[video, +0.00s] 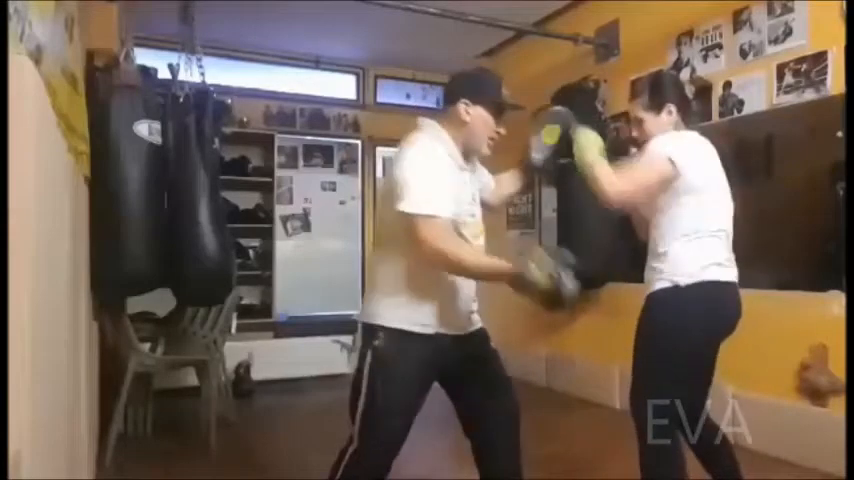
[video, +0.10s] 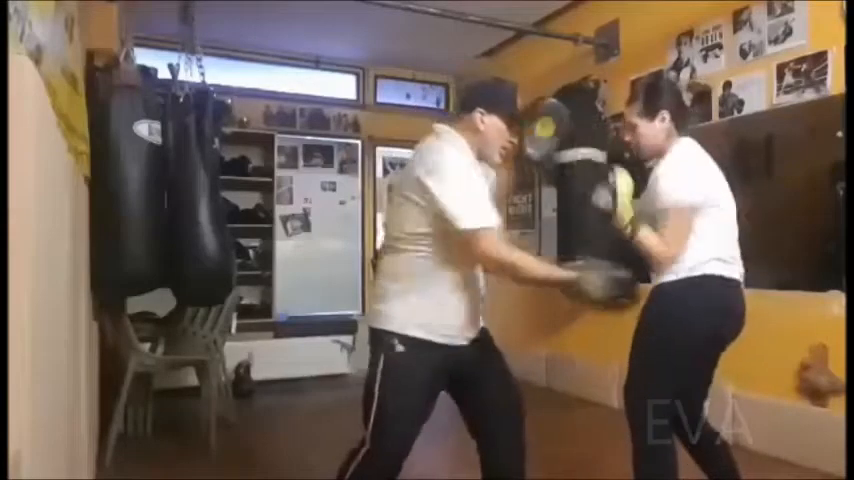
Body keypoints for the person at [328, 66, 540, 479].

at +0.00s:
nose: (500, 128)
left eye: (502, 118)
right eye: (494, 114)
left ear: (466, 112)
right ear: (464, 109)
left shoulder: (463, 158)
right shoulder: (422, 152)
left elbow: (494, 190)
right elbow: (433, 242)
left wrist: (532, 168)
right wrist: (513, 272)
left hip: (460, 331)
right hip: (402, 333)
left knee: (500, 432)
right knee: (370, 454)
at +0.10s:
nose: (513, 139)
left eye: (515, 129)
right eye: (508, 125)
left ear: (478, 120)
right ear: (480, 118)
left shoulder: (464, 161)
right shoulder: (445, 155)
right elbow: (491, 253)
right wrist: (570, 278)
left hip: (462, 333)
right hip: (409, 335)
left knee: (503, 422)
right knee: (382, 453)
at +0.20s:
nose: (516, 142)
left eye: (518, 132)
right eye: (512, 128)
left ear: (481, 123)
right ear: (485, 121)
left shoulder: (460, 162)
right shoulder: (451, 160)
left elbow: (510, 236)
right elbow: (513, 240)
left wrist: (565, 267)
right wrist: (600, 264)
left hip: (463, 331)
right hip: (412, 333)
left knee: (504, 423)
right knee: (383, 454)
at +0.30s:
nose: (511, 139)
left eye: (514, 128)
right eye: (508, 124)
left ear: (478, 118)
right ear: (479, 116)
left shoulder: (459, 158)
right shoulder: (443, 154)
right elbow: (481, 245)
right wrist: (562, 279)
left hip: (463, 327)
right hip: (412, 327)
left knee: (505, 427)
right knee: (381, 450)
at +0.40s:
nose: (500, 125)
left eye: (501, 115)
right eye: (495, 112)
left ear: (466, 110)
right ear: (465, 108)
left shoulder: (469, 152)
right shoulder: (427, 151)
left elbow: (524, 123)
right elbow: (455, 244)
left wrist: (573, 93)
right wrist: (537, 277)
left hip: (465, 325)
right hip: (408, 326)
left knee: (503, 429)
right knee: (375, 447)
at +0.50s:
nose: (483, 115)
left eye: (485, 106)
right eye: (479, 104)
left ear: (449, 101)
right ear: (448, 99)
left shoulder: (461, 145)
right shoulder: (406, 151)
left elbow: (505, 121)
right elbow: (426, 237)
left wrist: (562, 95)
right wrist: (509, 257)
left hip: (463, 325)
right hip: (401, 329)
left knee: (498, 436)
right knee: (367, 450)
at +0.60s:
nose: (471, 107)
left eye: (471, 96)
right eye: (463, 95)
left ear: (437, 95)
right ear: (430, 93)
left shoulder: (455, 141)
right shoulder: (388, 149)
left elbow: (498, 155)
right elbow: (402, 237)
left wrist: (542, 127)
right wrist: (480, 233)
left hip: (460, 328)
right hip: (394, 330)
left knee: (497, 447)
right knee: (356, 456)